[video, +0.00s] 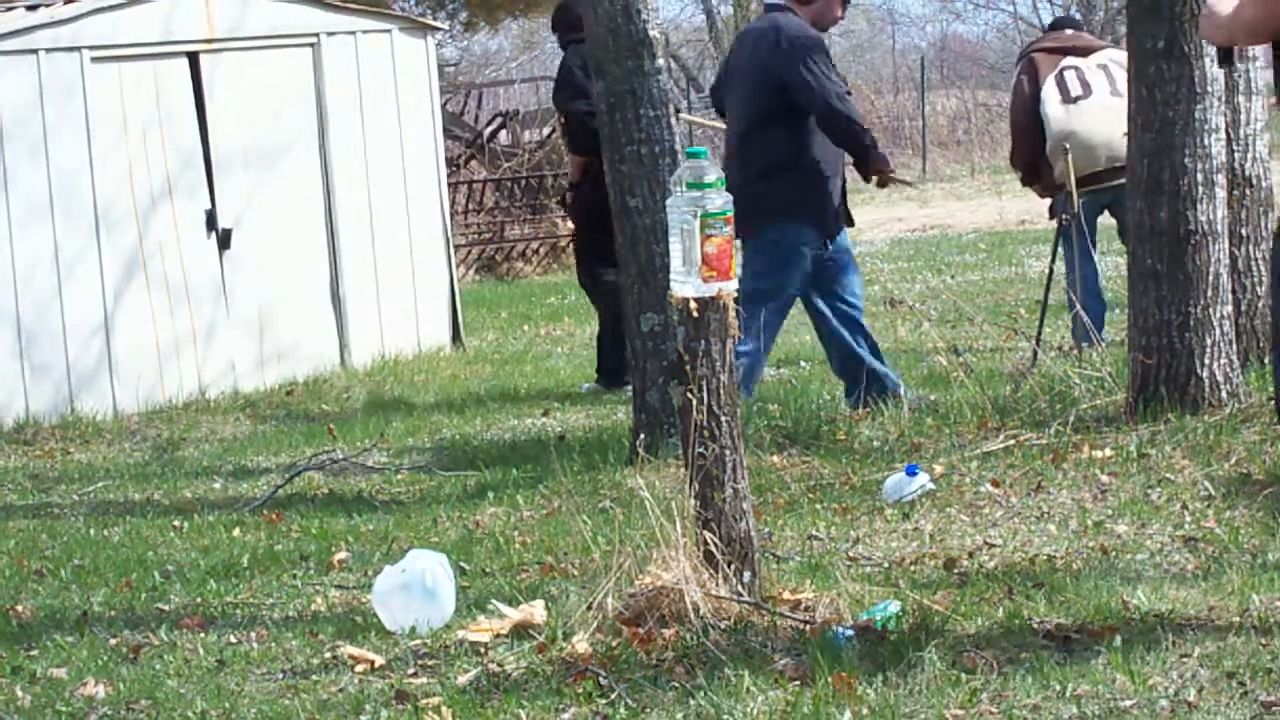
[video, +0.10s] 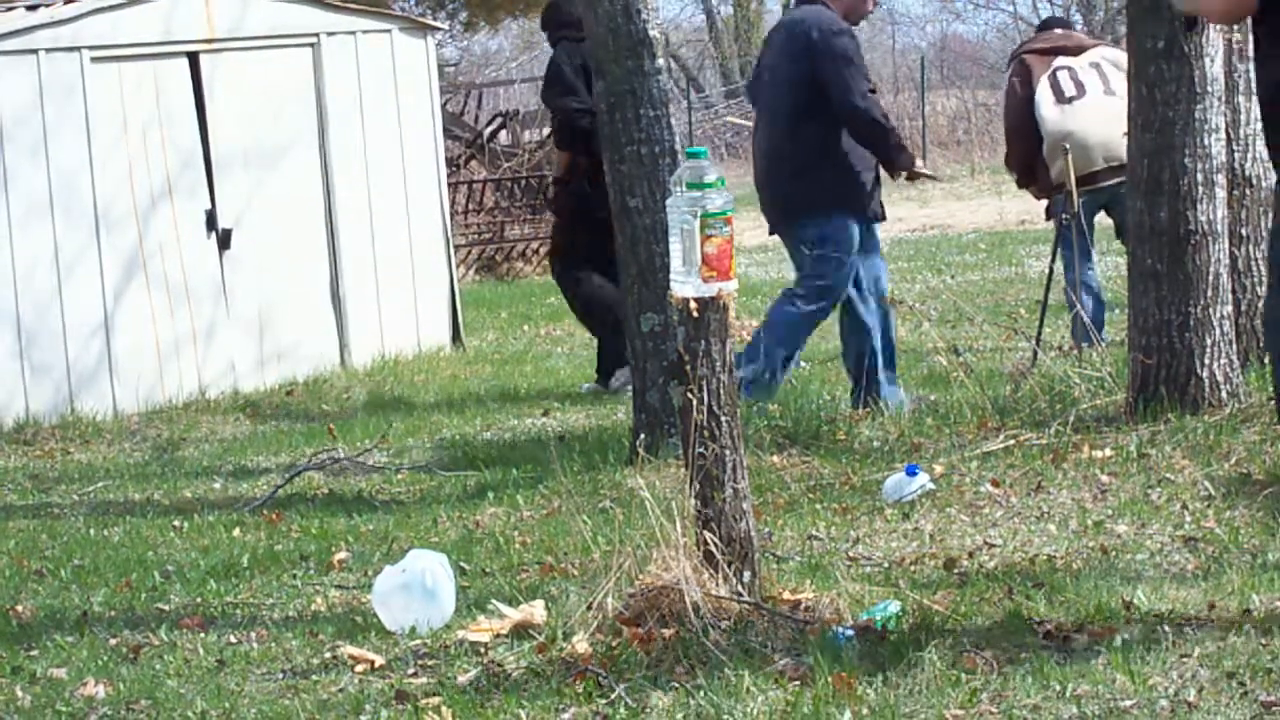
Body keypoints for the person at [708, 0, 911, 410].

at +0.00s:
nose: (842, 14)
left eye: (844, 6)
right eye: (841, 5)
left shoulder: (751, 36)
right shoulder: (798, 37)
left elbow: (719, 96)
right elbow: (833, 108)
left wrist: (773, 134)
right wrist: (870, 156)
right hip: (793, 202)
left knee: (839, 304)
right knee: (757, 316)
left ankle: (879, 398)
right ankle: (722, 411)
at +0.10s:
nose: (873, 8)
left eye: (874, 2)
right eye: (871, 1)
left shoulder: (786, 28)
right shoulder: (830, 31)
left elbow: (757, 89)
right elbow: (857, 106)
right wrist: (901, 158)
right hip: (820, 187)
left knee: (867, 290)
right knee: (821, 286)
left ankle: (879, 399)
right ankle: (743, 390)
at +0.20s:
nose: (894, 6)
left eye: (894, 2)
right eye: (893, 0)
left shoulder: (806, 28)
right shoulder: (853, 21)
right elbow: (882, 97)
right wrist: (925, 145)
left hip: (819, 179)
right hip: (860, 176)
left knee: (868, 284)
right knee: (877, 278)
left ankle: (879, 401)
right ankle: (790, 365)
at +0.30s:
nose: (914, 5)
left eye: (914, 3)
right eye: (914, 2)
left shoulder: (836, 19)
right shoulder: (879, 16)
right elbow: (904, 85)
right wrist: (946, 132)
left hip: (842, 177)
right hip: (885, 174)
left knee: (871, 279)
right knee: (935, 259)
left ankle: (877, 389)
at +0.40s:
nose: (941, 4)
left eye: (940, 2)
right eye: (940, 1)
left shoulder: (862, 18)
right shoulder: (903, 15)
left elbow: (871, 101)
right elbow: (927, 86)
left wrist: (941, 138)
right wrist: (973, 133)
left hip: (865, 177)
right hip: (913, 173)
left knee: (884, 285)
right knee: (962, 256)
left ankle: (881, 398)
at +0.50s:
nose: (973, 6)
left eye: (975, 3)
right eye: (974, 2)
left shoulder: (892, 20)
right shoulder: (933, 18)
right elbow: (957, 90)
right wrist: (1001, 139)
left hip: (894, 186)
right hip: (939, 182)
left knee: (895, 299)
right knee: (987, 285)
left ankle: (882, 402)